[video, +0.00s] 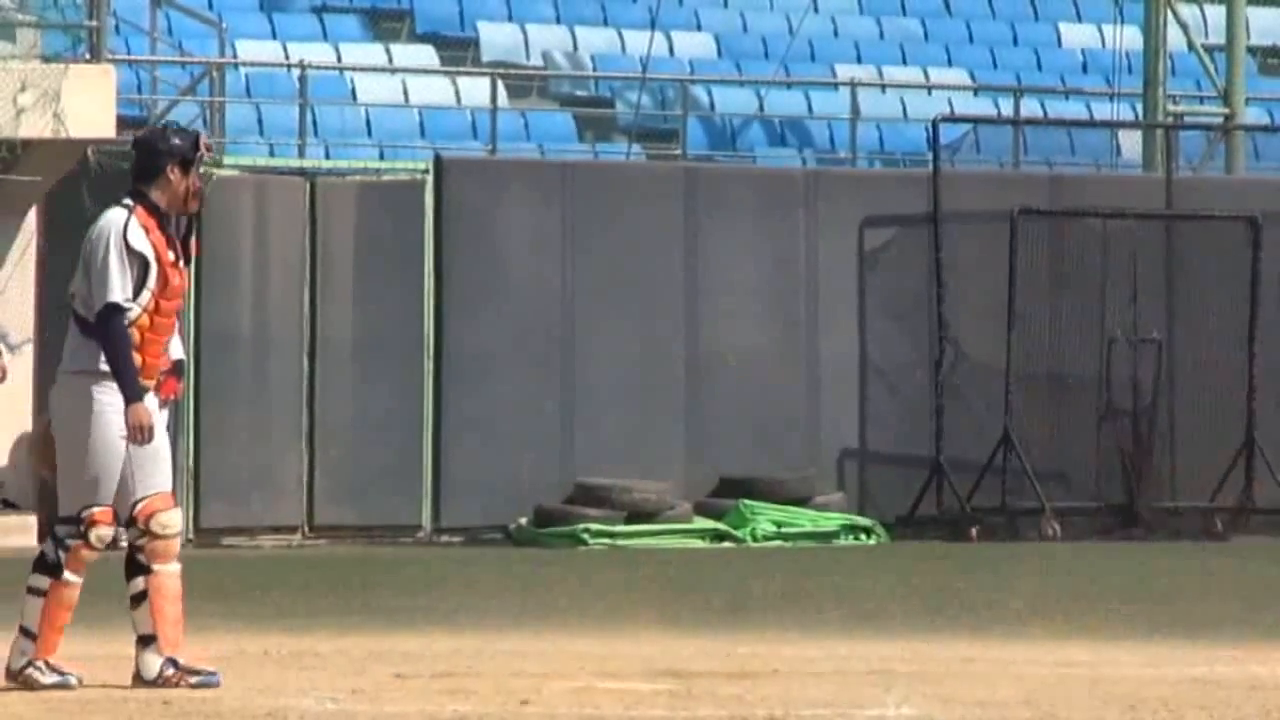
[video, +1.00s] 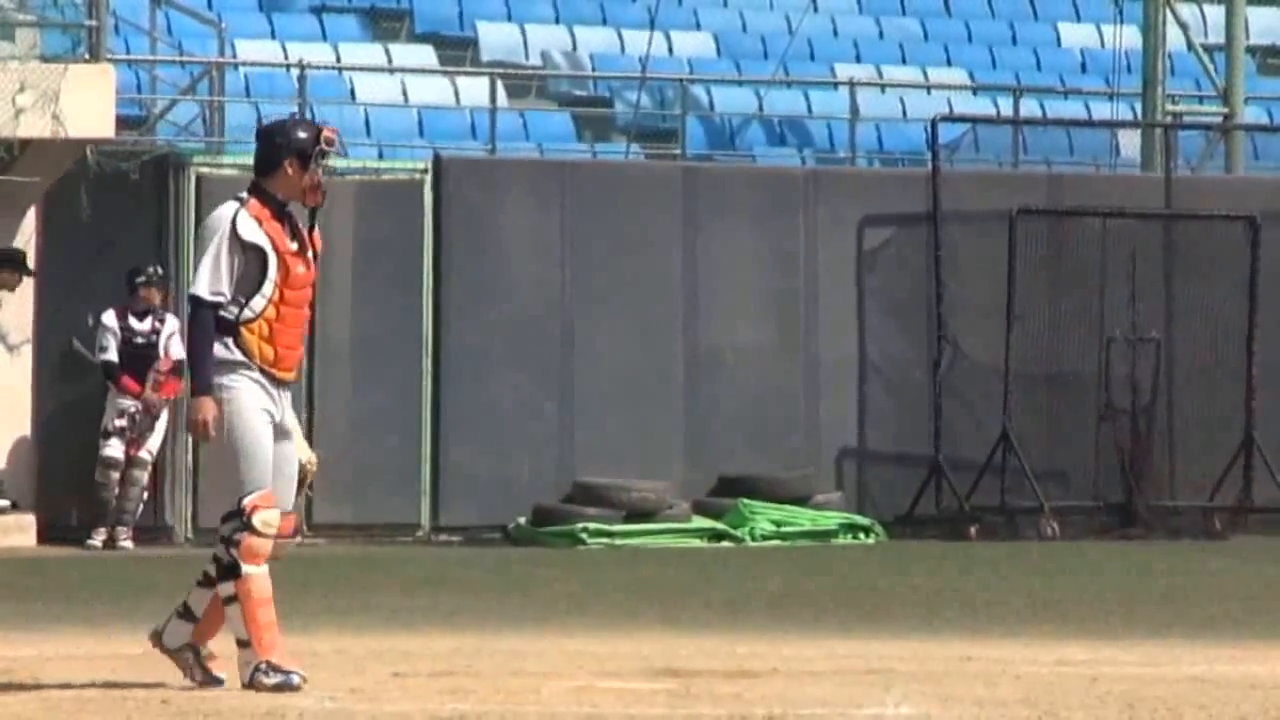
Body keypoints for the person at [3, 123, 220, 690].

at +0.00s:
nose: (198, 184)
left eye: (198, 173)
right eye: (193, 173)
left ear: (166, 175)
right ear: (168, 174)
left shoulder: (160, 233)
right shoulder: (117, 227)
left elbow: (153, 311)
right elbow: (110, 317)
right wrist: (134, 397)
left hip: (144, 391)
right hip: (96, 388)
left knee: (160, 526)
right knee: (88, 527)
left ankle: (159, 660)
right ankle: (32, 657)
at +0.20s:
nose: (228, 181)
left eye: (229, 170)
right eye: (224, 169)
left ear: (197, 170)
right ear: (198, 169)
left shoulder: (187, 228)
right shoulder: (145, 219)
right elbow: (138, 310)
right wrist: (172, 383)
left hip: (169, 380)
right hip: (128, 378)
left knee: (176, 523)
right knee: (142, 520)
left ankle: (161, 659)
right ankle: (65, 635)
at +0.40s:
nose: (248, 177)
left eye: (248, 165)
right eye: (242, 165)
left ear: (217, 167)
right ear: (216, 167)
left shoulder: (213, 231)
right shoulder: (161, 218)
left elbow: (212, 326)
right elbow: (154, 307)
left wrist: (237, 397)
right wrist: (198, 374)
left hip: (186, 380)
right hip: (148, 377)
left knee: (179, 518)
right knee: (181, 513)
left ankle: (165, 653)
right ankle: (145, 652)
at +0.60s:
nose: (264, 178)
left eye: (264, 167)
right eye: (258, 167)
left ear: (235, 168)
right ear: (233, 167)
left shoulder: (229, 231)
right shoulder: (175, 220)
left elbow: (238, 325)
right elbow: (158, 306)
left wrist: (285, 395)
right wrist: (196, 377)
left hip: (204, 382)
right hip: (163, 378)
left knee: (180, 518)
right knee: (211, 506)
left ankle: (161, 655)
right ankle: (213, 652)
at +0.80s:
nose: (298, 180)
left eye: (297, 169)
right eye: (289, 169)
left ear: (268, 172)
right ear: (261, 172)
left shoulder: (268, 234)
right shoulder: (209, 225)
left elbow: (264, 328)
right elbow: (179, 310)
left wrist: (301, 404)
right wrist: (177, 391)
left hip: (237, 390)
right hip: (200, 385)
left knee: (200, 528)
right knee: (242, 514)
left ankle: (160, 658)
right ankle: (259, 658)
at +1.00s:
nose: (320, 176)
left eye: (320, 165)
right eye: (312, 165)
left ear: (289, 167)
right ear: (286, 165)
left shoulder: (295, 227)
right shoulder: (235, 219)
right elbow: (202, 304)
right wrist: (200, 387)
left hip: (278, 385)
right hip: (236, 379)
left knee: (279, 522)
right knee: (254, 520)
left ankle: (186, 630)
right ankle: (263, 659)